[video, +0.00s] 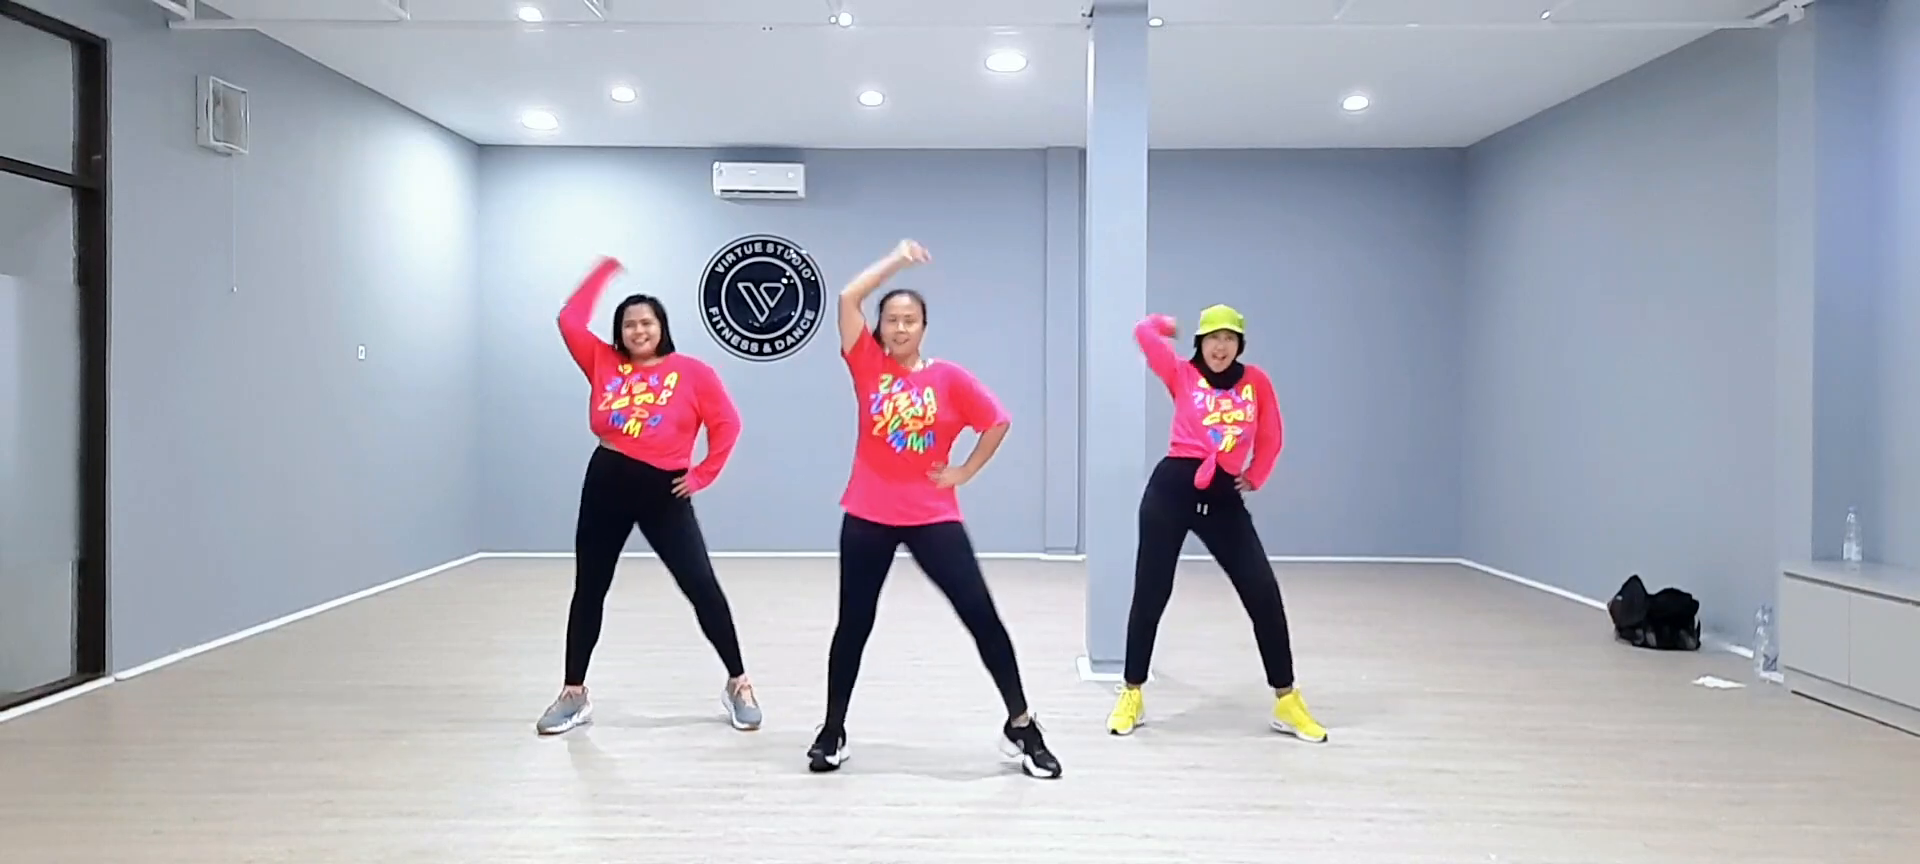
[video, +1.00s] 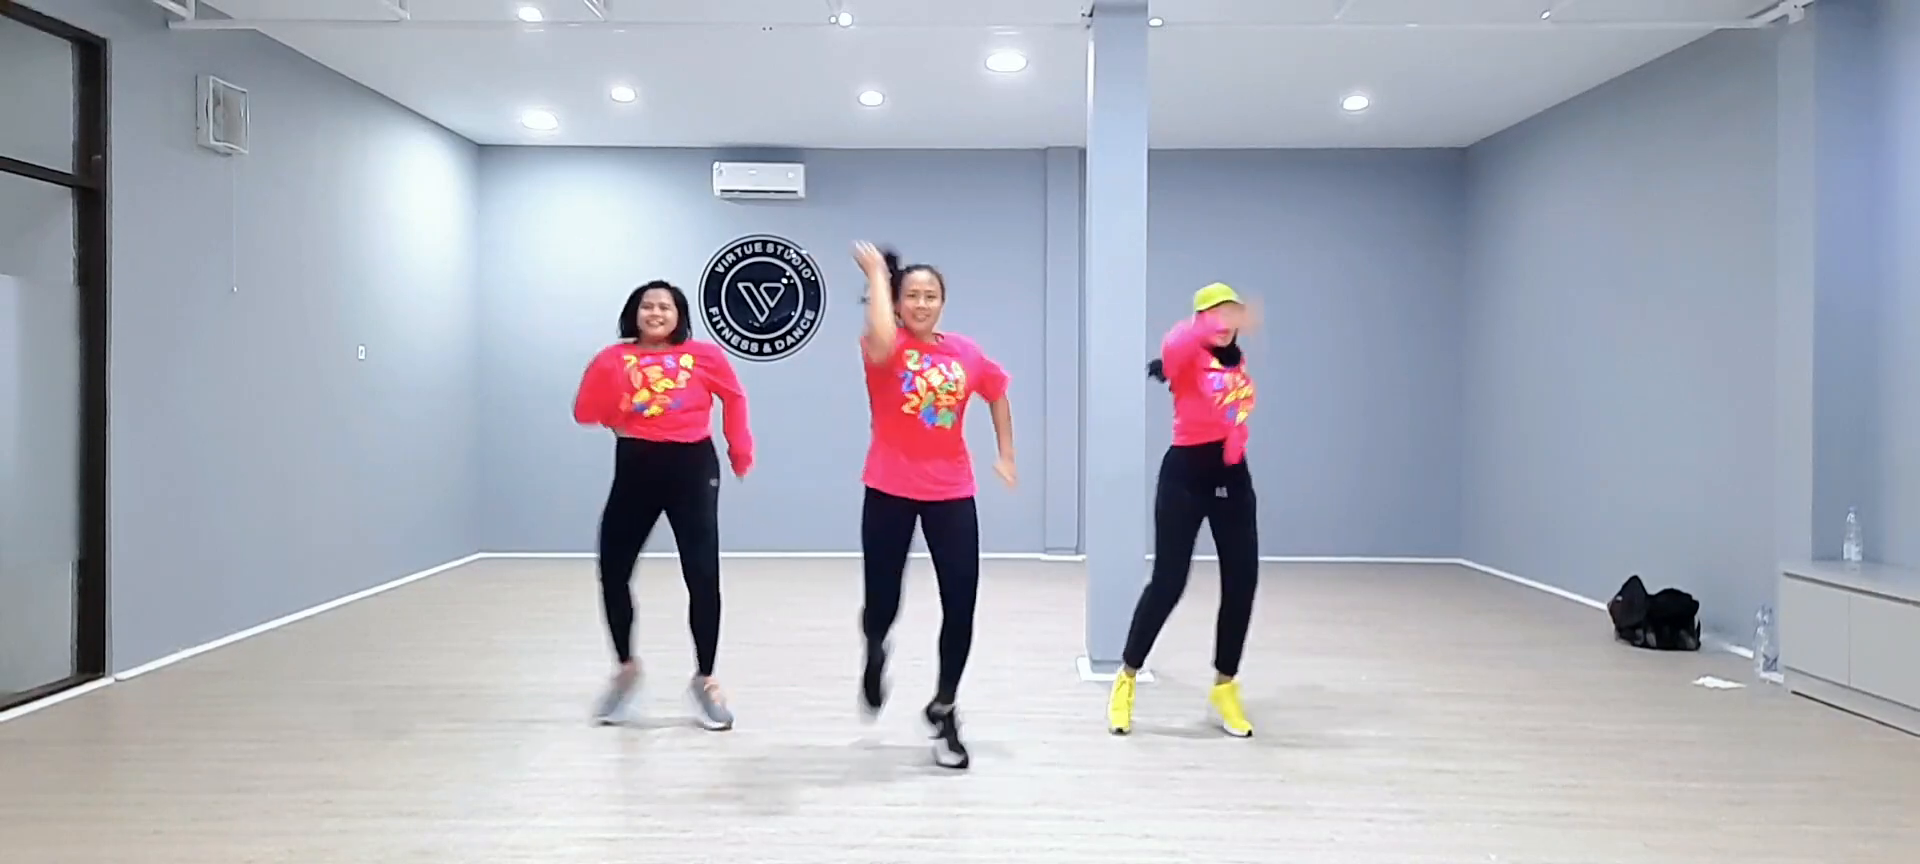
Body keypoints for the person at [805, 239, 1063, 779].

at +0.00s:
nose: (900, 327)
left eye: (910, 320)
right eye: (893, 320)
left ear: (924, 328)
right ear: (880, 328)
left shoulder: (947, 378)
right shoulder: (869, 367)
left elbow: (998, 423)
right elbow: (849, 299)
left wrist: (963, 472)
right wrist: (895, 259)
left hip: (932, 515)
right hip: (868, 513)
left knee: (982, 617)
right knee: (853, 623)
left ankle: (1020, 723)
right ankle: (832, 729)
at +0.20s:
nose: (927, 329)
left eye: (936, 322)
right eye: (919, 321)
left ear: (949, 330)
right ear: (906, 328)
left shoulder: (968, 380)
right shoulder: (886, 366)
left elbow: (1026, 416)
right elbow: (858, 299)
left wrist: (989, 458)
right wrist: (842, 235)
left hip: (975, 513)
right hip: (915, 517)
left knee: (1003, 621)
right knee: (878, 627)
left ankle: (1027, 728)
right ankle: (836, 727)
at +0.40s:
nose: (930, 329)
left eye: (939, 321)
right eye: (922, 321)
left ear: (956, 328)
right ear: (912, 329)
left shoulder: (981, 381)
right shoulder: (899, 368)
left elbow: (1035, 422)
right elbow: (869, 308)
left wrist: (996, 466)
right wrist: (842, 251)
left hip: (976, 515)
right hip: (913, 516)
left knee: (1000, 624)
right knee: (869, 621)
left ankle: (1026, 730)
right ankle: (833, 724)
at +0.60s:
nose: (902, 320)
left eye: (911, 312)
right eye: (896, 313)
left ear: (931, 318)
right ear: (885, 321)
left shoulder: (957, 369)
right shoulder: (880, 356)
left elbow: (1006, 416)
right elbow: (855, 295)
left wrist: (970, 466)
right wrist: (898, 253)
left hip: (936, 508)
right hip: (873, 500)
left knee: (976, 617)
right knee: (848, 613)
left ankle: (1027, 720)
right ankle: (836, 717)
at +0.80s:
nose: (897, 329)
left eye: (906, 321)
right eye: (889, 321)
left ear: (921, 329)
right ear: (875, 328)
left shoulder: (944, 384)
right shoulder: (863, 370)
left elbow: (988, 429)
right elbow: (845, 305)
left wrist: (956, 480)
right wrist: (878, 268)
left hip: (923, 516)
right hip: (859, 512)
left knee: (969, 620)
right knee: (844, 624)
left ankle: (1019, 723)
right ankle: (836, 724)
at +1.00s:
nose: (922, 304)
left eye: (931, 296)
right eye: (913, 296)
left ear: (943, 303)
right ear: (897, 302)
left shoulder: (964, 352)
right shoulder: (882, 348)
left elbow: (998, 393)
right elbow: (881, 334)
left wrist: (1006, 454)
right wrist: (877, 273)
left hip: (950, 492)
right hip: (889, 489)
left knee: (960, 604)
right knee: (881, 602)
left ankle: (943, 705)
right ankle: (874, 658)